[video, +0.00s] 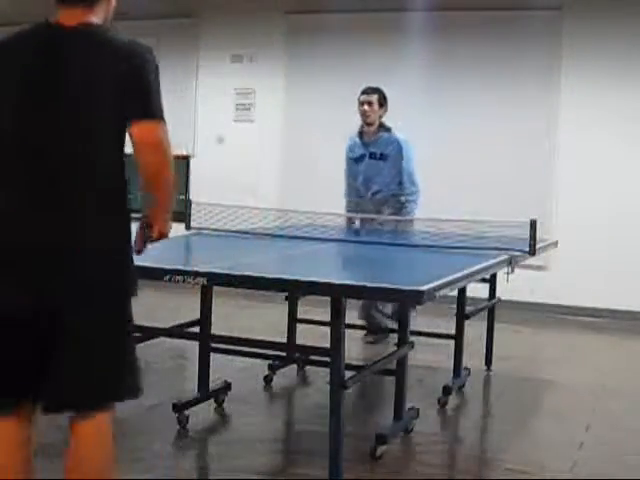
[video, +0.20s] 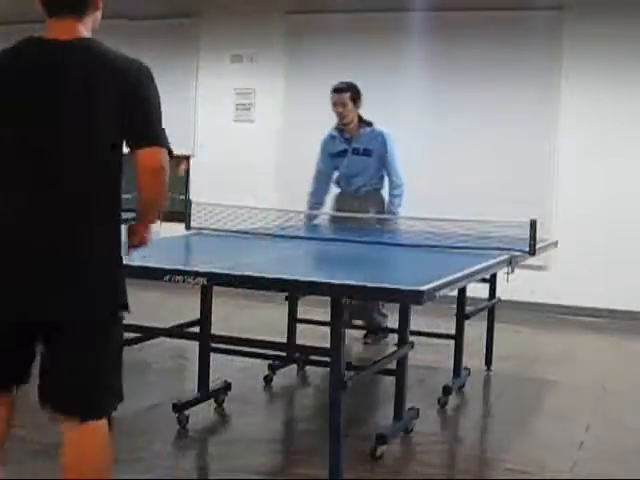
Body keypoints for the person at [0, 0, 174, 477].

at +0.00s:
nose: (114, 9)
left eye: (111, 6)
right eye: (114, 5)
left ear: (55, 3)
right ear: (108, 5)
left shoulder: (11, 49)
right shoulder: (125, 57)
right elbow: (150, 144)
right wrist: (159, 209)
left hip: (13, 252)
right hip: (90, 255)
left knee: (12, 408)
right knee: (92, 410)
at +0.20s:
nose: (101, 12)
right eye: (102, 8)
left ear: (40, 8)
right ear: (97, 8)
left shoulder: (8, 64)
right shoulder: (125, 74)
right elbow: (153, 162)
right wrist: (145, 221)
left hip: (10, 262)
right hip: (85, 266)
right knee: (84, 415)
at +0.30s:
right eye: (83, 8)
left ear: (27, 10)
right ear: (82, 10)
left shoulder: (6, 67)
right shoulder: (113, 75)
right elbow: (145, 165)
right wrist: (123, 216)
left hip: (8, 259)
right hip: (78, 260)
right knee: (77, 404)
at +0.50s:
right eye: (44, 38)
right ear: (42, 41)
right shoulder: (71, 108)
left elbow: (109, 191)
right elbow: (112, 191)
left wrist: (90, 205)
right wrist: (85, 207)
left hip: (5, 278)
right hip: (50, 278)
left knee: (62, 399)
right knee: (62, 397)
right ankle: (76, 474)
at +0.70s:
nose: (10, 50)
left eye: (4, 43)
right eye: (12, 43)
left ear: (1, 46)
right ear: (10, 47)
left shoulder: (34, 105)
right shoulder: (33, 105)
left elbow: (56, 189)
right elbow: (57, 189)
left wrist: (26, 197)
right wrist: (22, 199)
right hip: (13, 252)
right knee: (27, 351)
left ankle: (43, 431)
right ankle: (42, 430)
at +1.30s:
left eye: (3, 71)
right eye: (5, 71)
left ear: (4, 71)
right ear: (4, 71)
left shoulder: (12, 129)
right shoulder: (11, 129)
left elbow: (13, 203)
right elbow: (13, 204)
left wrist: (8, 235)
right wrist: (8, 235)